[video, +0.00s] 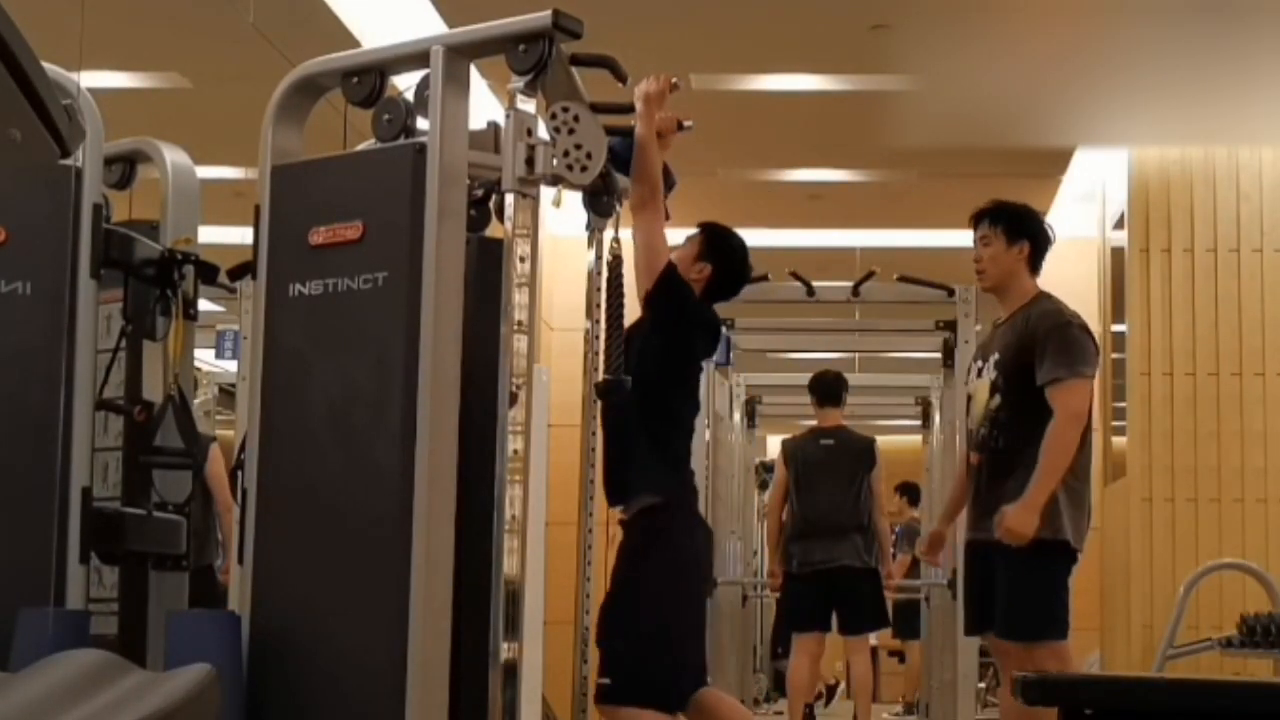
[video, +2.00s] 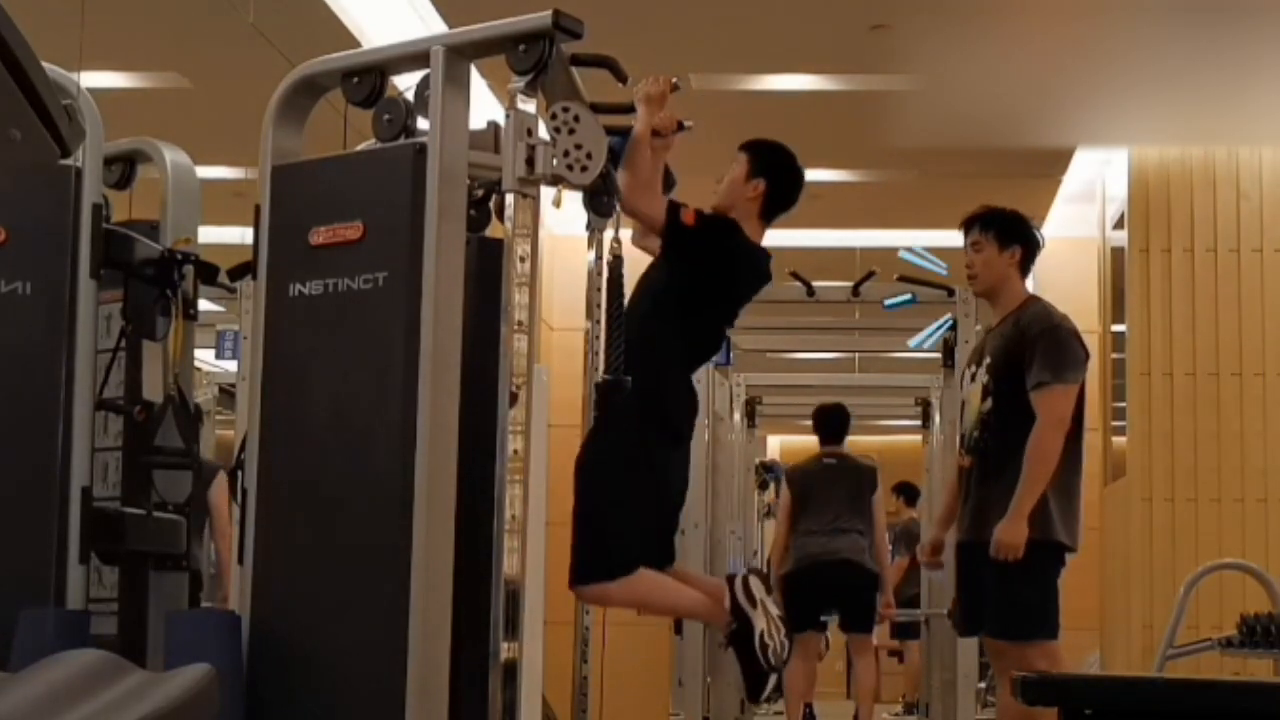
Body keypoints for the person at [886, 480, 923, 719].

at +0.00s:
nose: (894, 502)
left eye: (896, 497)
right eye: (895, 497)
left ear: (904, 499)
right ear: (913, 499)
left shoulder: (909, 526)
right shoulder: (911, 524)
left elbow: (903, 559)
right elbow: (904, 558)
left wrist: (891, 581)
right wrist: (893, 580)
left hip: (909, 592)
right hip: (910, 591)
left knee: (911, 648)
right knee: (912, 648)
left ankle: (910, 700)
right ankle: (912, 699)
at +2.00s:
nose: (891, 503)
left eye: (893, 498)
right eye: (893, 498)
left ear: (901, 499)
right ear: (913, 500)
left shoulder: (906, 527)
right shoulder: (915, 524)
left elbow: (901, 561)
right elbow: (903, 561)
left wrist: (887, 589)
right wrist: (891, 587)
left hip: (908, 593)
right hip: (914, 591)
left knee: (910, 647)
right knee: (912, 647)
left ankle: (911, 700)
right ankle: (913, 698)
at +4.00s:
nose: (894, 503)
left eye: (895, 499)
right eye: (895, 499)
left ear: (902, 499)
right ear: (914, 500)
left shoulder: (907, 528)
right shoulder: (919, 526)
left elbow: (902, 563)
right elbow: (908, 563)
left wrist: (887, 586)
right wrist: (891, 583)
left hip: (910, 595)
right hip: (918, 593)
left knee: (912, 648)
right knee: (915, 649)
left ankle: (911, 701)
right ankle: (914, 699)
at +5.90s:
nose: (899, 501)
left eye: (902, 496)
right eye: (901, 496)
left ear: (908, 498)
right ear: (917, 498)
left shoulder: (910, 527)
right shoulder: (920, 524)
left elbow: (904, 561)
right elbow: (908, 559)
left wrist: (890, 578)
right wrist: (893, 574)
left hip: (907, 592)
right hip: (917, 591)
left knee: (891, 640)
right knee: (920, 645)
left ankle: (908, 697)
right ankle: (919, 696)